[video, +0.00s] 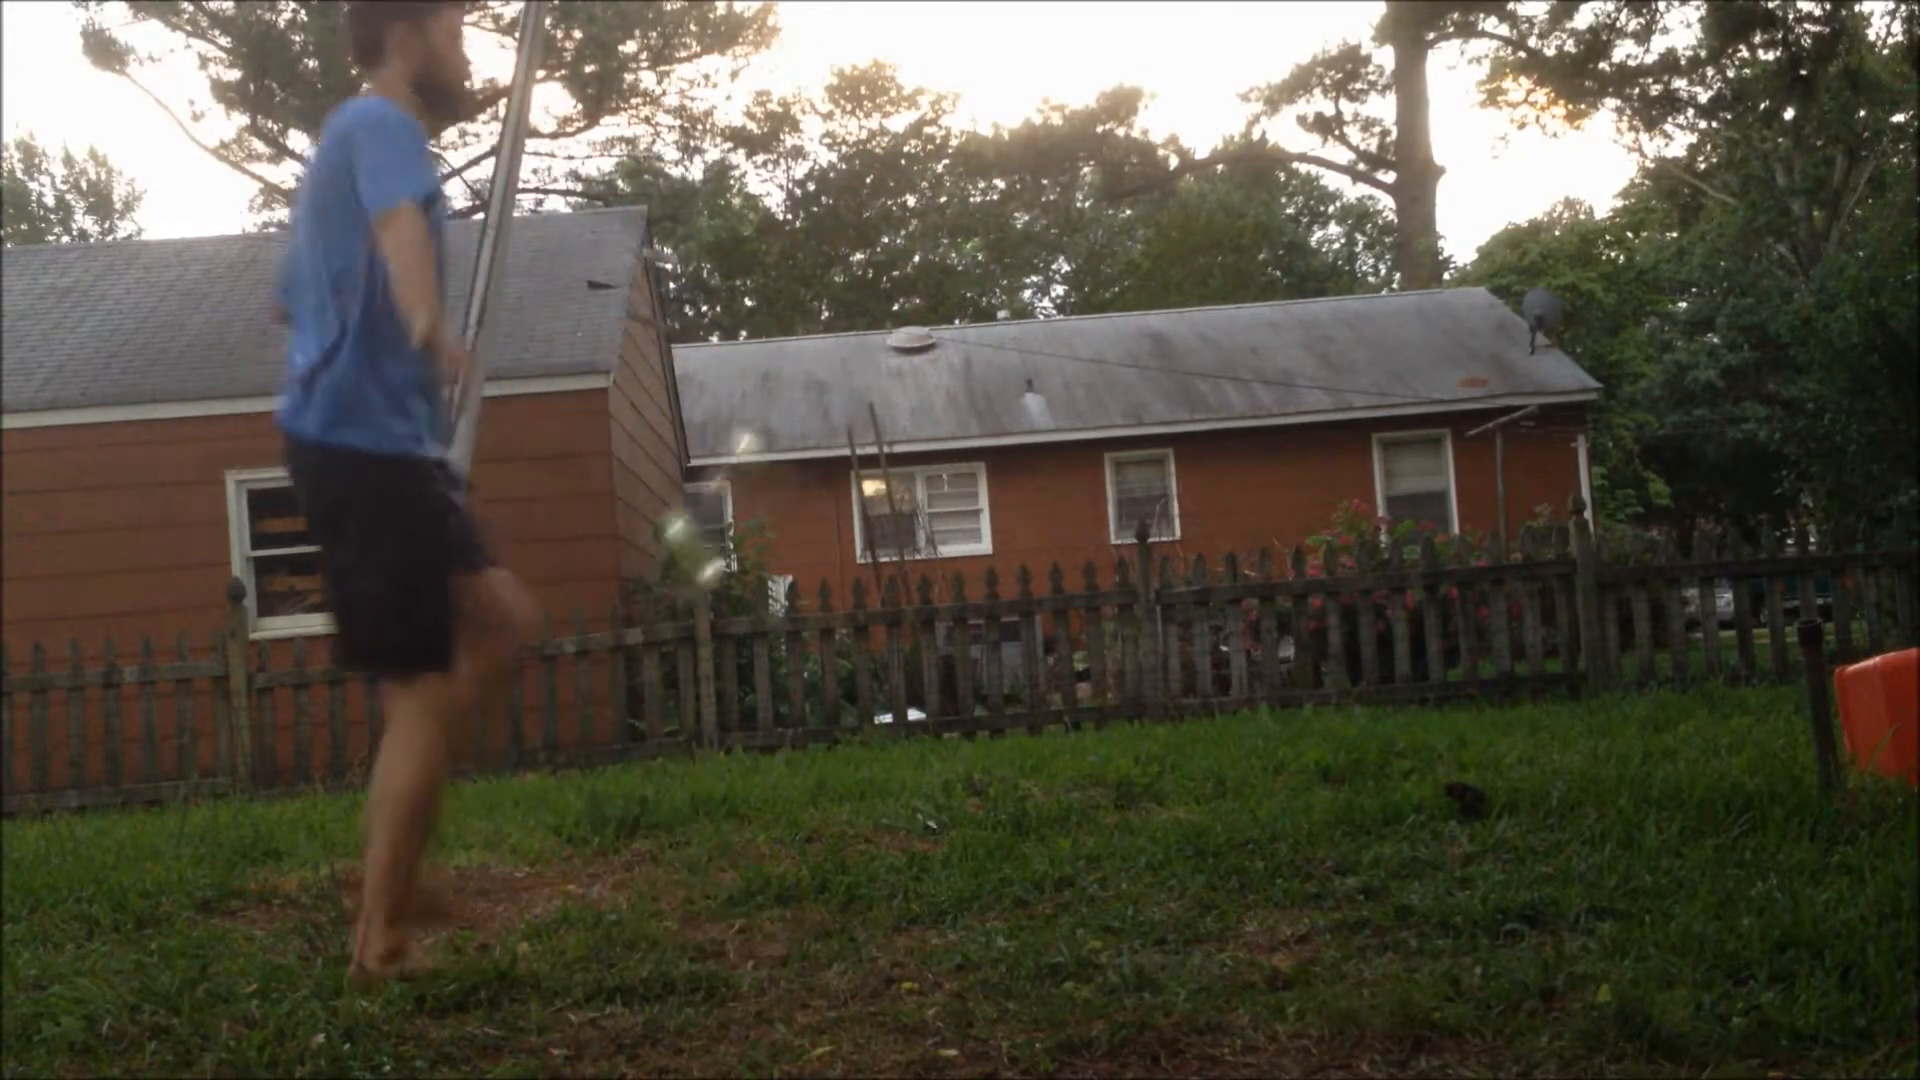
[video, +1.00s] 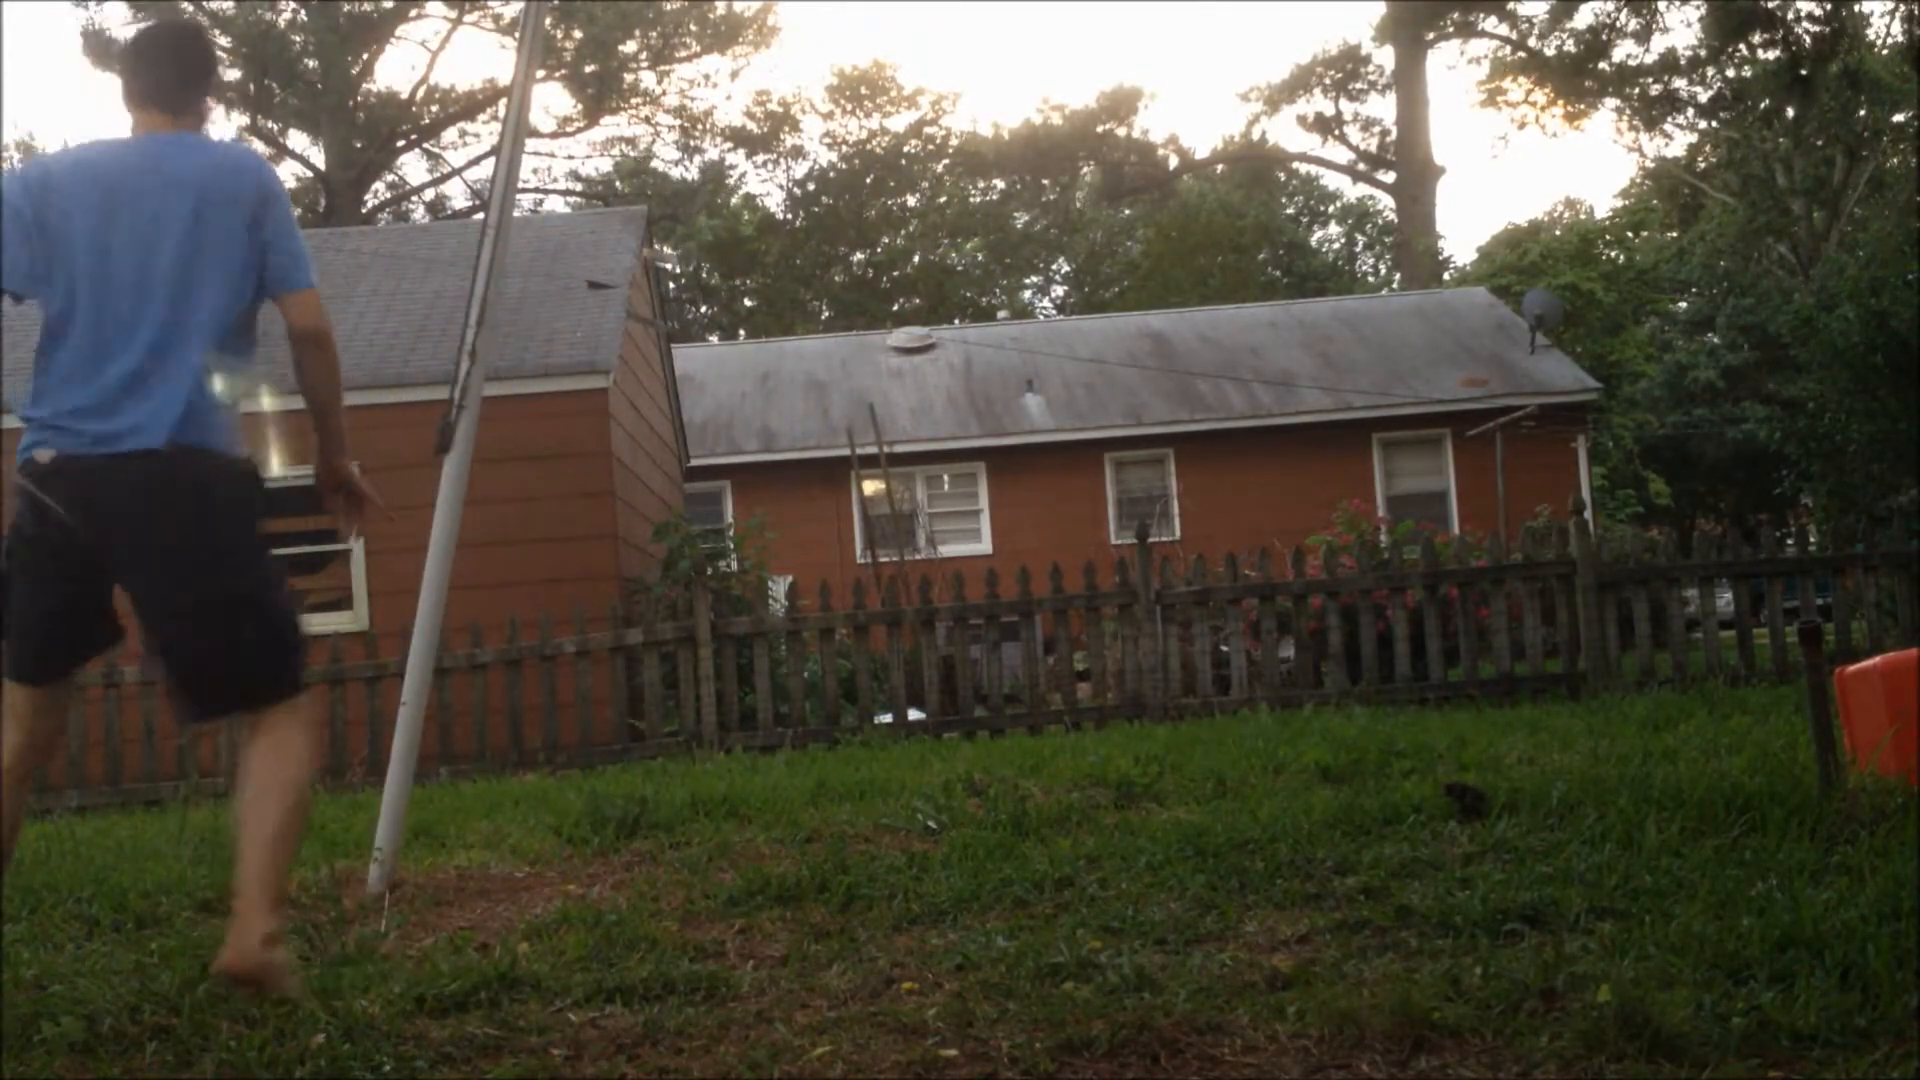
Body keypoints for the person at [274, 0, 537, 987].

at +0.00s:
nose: (467, 44)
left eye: (464, 25)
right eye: (455, 24)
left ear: (387, 43)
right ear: (405, 35)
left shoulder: (346, 135)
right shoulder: (381, 122)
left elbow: (289, 291)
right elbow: (401, 230)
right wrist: (432, 322)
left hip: (362, 437)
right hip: (364, 441)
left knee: (500, 619)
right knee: (419, 689)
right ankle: (380, 937)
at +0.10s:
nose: (418, 57)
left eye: (414, 37)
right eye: (409, 35)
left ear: (329, 45)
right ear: (365, 36)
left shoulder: (283, 150)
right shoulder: (347, 116)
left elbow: (228, 310)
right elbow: (399, 205)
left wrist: (343, 342)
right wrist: (440, 242)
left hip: (287, 441)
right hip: (353, 440)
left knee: (344, 680)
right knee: (406, 702)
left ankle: (187, 863)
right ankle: (376, 961)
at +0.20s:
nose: (368, 73)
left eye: (366, 57)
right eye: (359, 56)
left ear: (273, 72)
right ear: (310, 60)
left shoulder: (226, 189)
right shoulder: (309, 126)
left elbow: (152, 352)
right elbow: (340, 165)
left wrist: (228, 391)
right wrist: (380, 167)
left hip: (251, 475)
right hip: (343, 466)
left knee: (219, 694)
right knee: (407, 717)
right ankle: (375, 960)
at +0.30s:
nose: (302, 98)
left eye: (302, 87)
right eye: (298, 85)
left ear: (209, 95)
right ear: (268, 81)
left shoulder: (154, 217)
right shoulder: (271, 134)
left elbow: (74, 361)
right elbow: (276, 158)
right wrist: (294, 173)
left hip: (199, 500)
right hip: (311, 490)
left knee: (112, 719)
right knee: (381, 720)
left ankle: (4, 893)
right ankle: (371, 962)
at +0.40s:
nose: (235, 103)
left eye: (201, 91)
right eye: (237, 90)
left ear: (152, 98)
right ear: (231, 90)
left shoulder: (91, 205)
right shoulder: (242, 151)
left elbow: (24, 333)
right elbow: (248, 229)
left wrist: (117, 306)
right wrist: (270, 315)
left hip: (143, 503)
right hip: (261, 494)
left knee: (57, 729)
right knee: (340, 725)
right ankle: (364, 957)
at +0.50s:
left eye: (110, 72)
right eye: (168, 75)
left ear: (93, 81)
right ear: (176, 79)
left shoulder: (27, 197)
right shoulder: (204, 144)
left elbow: (6, 319)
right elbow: (222, 248)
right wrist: (268, 396)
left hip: (90, 499)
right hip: (211, 493)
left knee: (28, 724)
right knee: (311, 715)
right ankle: (353, 947)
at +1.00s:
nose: (189, 106)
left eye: (142, 84)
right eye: (206, 91)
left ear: (126, 91)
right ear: (208, 94)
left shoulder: (48, 182)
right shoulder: (245, 177)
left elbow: (2, 289)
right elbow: (309, 324)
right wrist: (333, 457)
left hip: (59, 482)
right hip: (191, 484)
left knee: (20, 722)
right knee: (279, 709)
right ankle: (253, 932)